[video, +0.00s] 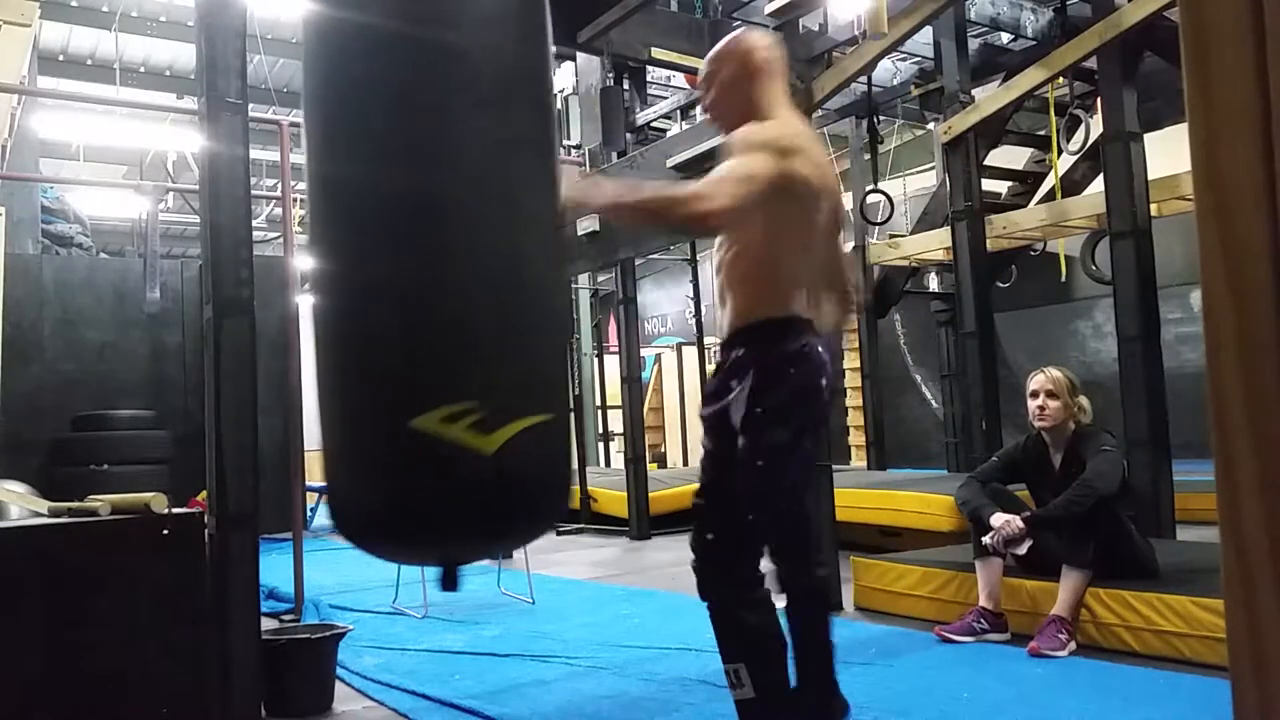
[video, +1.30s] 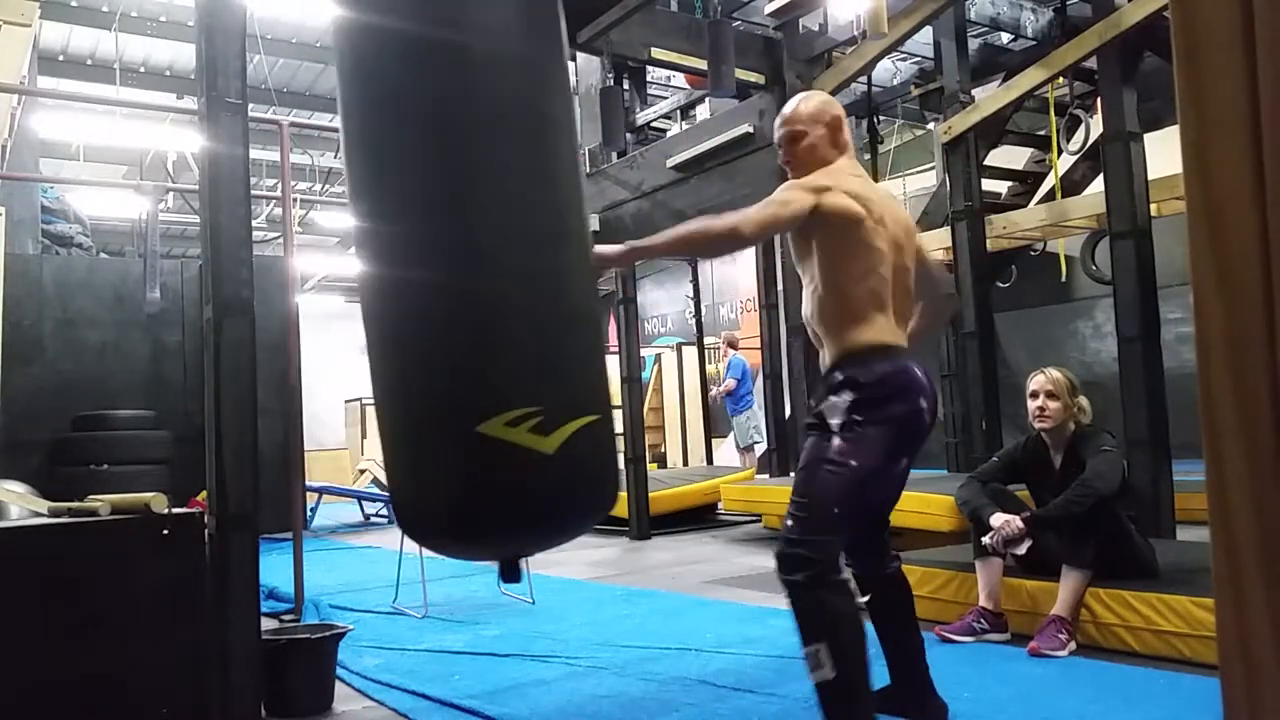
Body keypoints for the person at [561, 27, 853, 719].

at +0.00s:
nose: (707, 108)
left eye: (709, 92)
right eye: (704, 96)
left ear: (742, 77)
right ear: (770, 77)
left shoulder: (763, 141)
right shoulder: (812, 151)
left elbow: (709, 206)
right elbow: (841, 283)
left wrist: (590, 191)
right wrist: (819, 354)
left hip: (763, 363)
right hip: (805, 359)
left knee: (722, 549)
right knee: (801, 544)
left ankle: (767, 705)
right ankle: (818, 699)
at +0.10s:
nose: (693, 137)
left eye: (693, 119)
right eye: (690, 121)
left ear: (717, 104)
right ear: (755, 104)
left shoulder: (726, 164)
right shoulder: (813, 174)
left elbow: (671, 250)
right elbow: (903, 280)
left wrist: (590, 271)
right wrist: (900, 370)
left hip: (772, 378)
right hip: (821, 373)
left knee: (731, 564)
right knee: (806, 556)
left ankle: (768, 710)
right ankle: (824, 707)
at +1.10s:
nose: (772, 146)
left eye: (781, 131)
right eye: (767, 137)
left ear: (824, 119)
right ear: (828, 128)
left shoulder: (806, 184)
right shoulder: (892, 191)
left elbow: (765, 258)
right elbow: (955, 285)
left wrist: (661, 270)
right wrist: (900, 335)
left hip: (841, 363)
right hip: (892, 365)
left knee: (816, 543)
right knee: (878, 533)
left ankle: (841, 709)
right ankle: (916, 692)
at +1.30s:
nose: (784, 151)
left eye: (795, 137)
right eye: (780, 141)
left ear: (836, 132)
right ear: (841, 140)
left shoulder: (814, 190)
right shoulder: (889, 201)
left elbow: (737, 229)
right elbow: (940, 288)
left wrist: (623, 251)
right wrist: (891, 346)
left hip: (862, 389)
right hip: (903, 386)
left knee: (806, 554)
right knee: (867, 543)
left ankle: (848, 707)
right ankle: (914, 690)